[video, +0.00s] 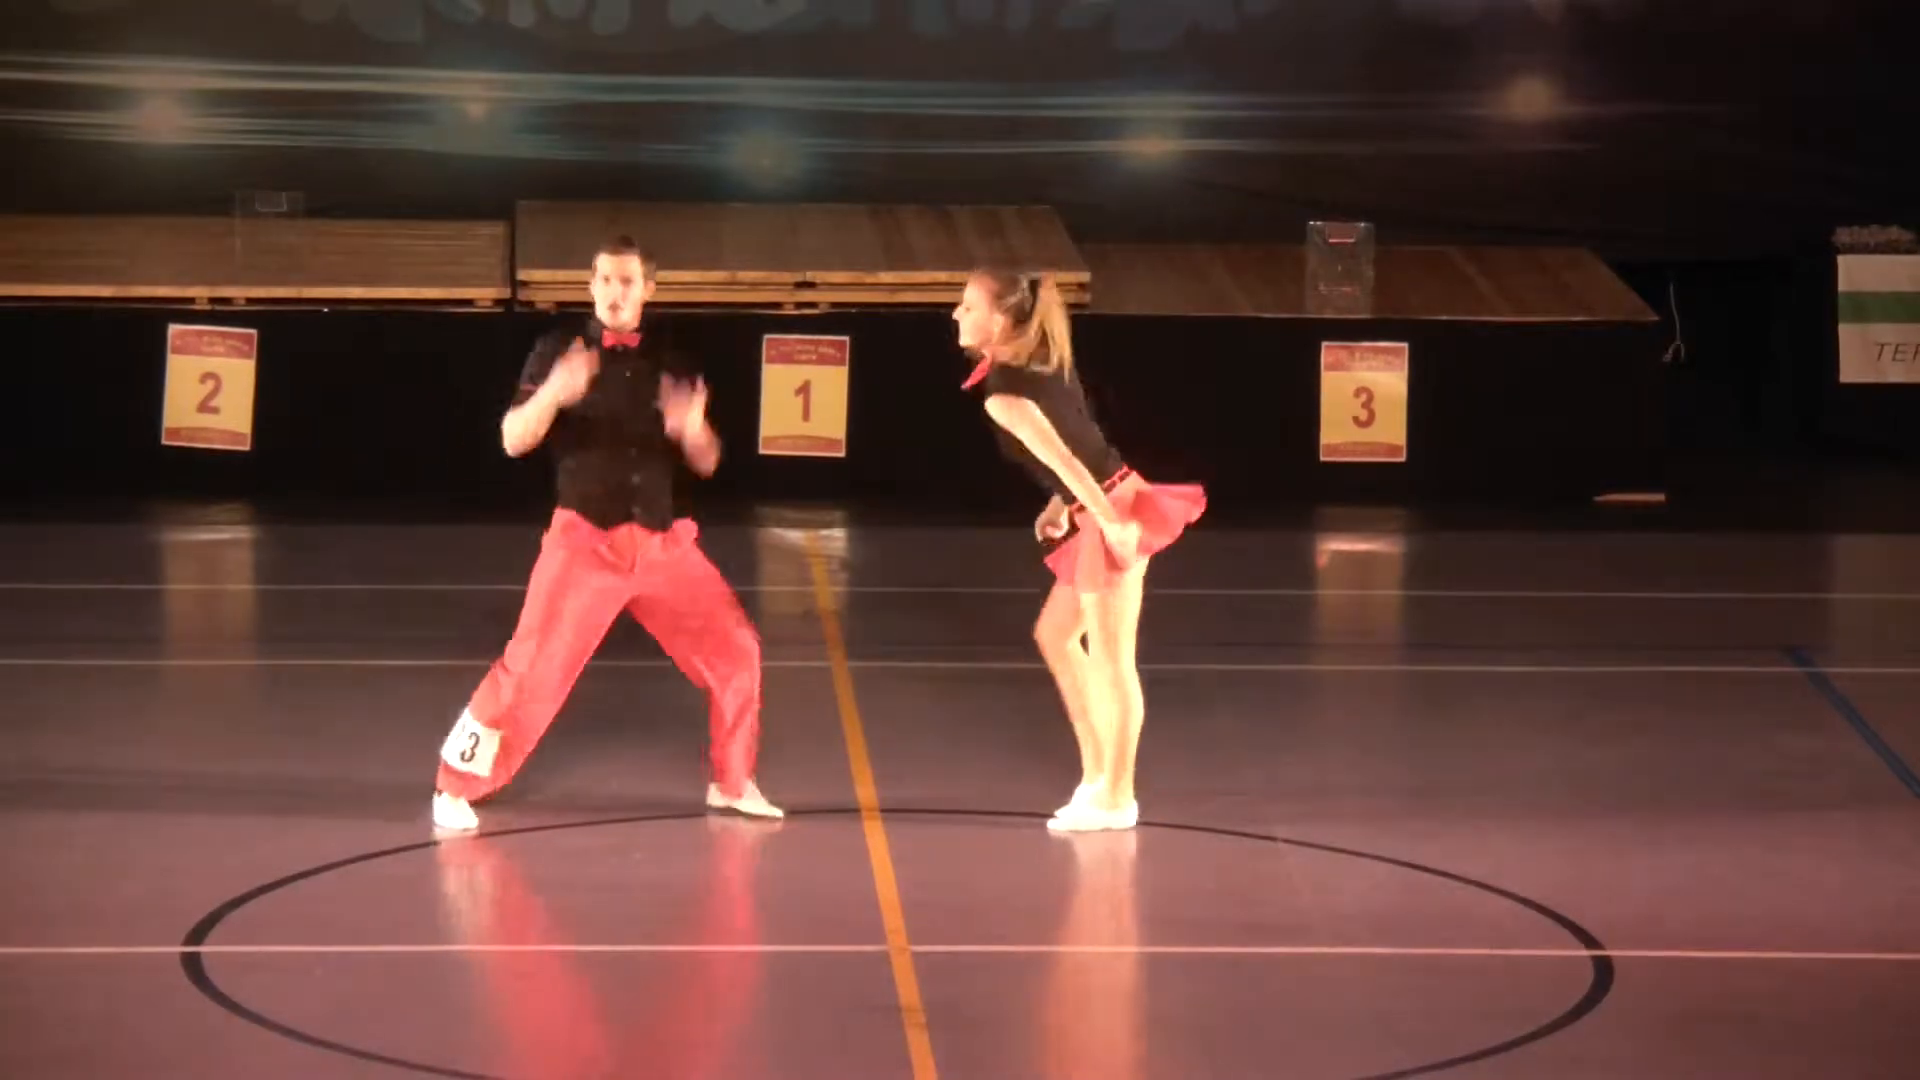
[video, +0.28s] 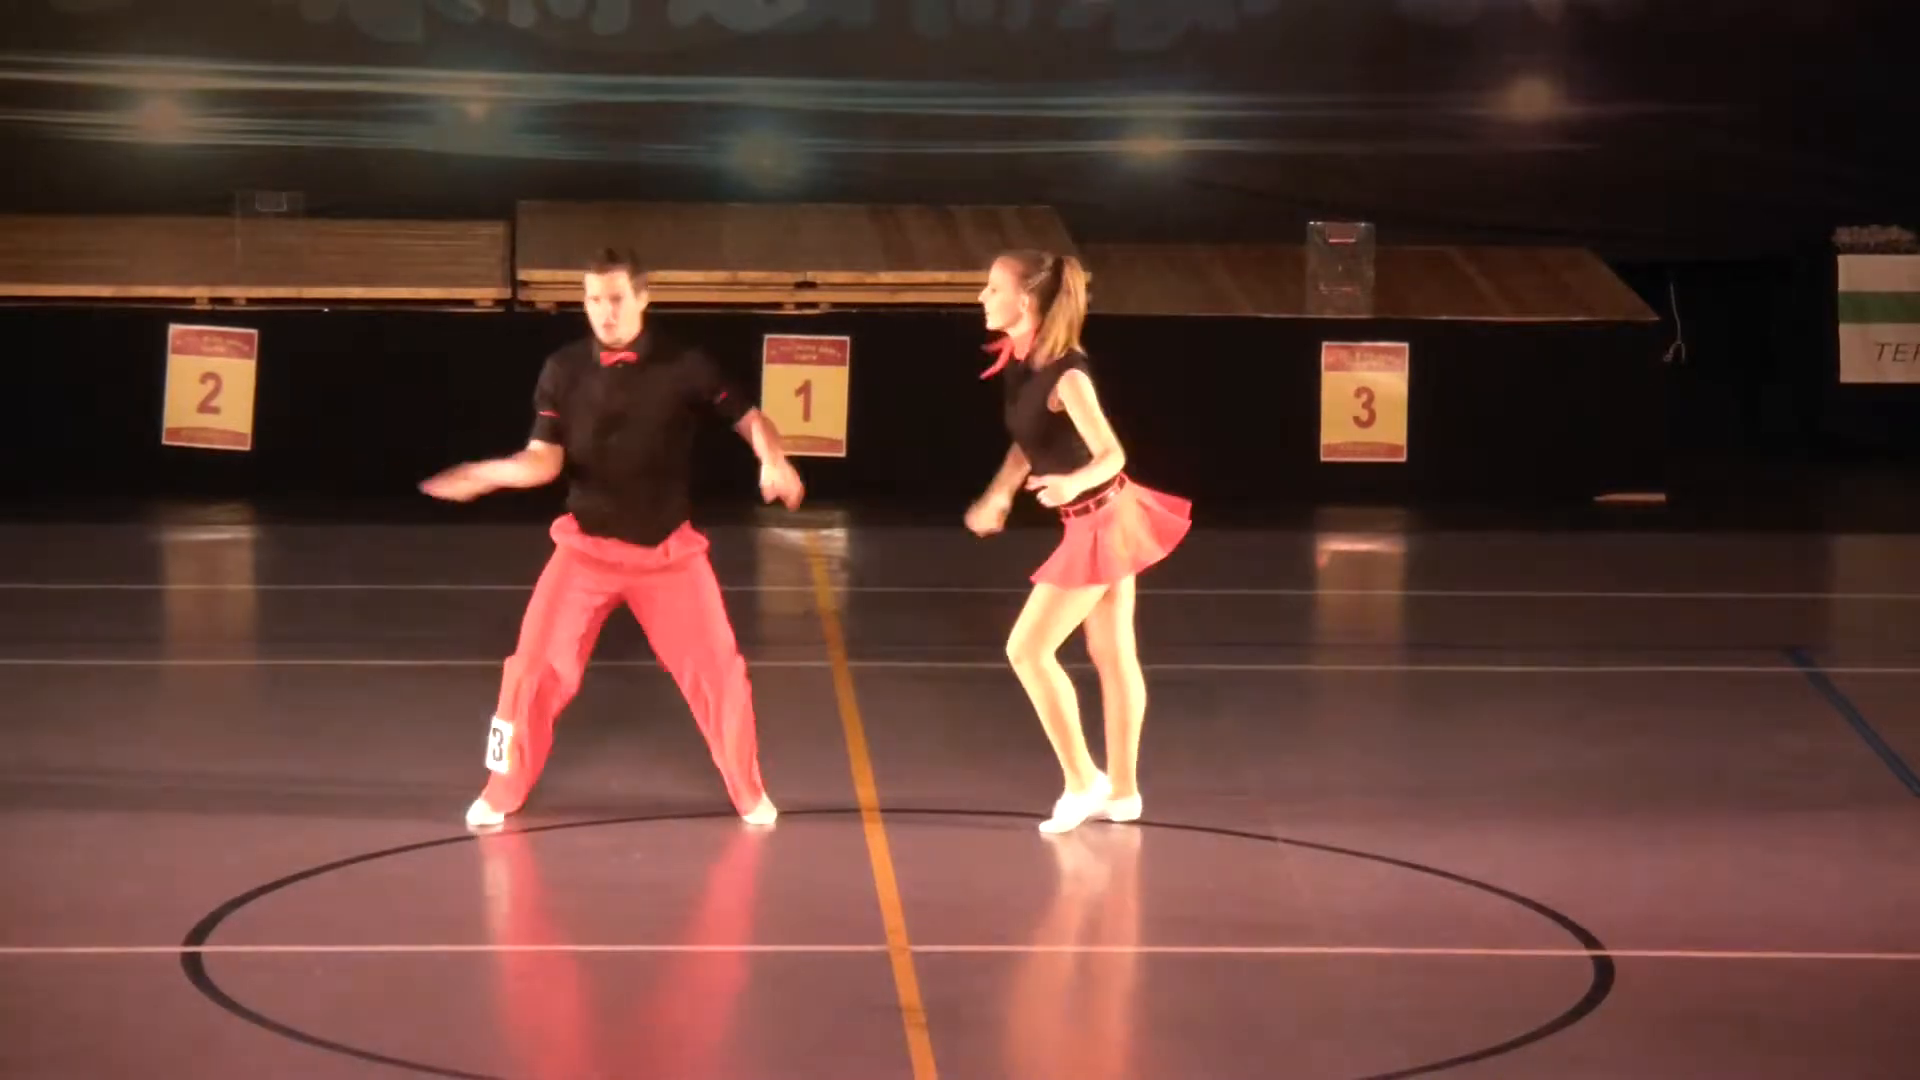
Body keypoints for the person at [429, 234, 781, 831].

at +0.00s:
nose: (616, 292)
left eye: (628, 280)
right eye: (606, 280)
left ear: (647, 287)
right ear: (591, 286)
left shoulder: (672, 362)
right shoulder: (561, 353)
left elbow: (707, 464)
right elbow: (513, 441)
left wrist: (690, 428)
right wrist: (555, 391)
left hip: (665, 544)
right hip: (583, 541)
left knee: (736, 651)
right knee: (533, 665)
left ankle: (733, 784)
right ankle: (454, 789)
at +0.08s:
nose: (608, 277)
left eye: (620, 265)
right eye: (598, 265)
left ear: (641, 273)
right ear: (584, 272)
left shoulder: (673, 341)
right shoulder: (558, 346)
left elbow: (723, 411)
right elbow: (527, 437)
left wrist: (709, 336)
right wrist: (543, 435)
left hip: (662, 526)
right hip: (578, 526)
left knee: (719, 650)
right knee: (529, 651)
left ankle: (746, 782)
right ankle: (469, 788)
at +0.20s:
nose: (599, 295)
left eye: (611, 283)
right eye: (589, 283)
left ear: (635, 288)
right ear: (576, 289)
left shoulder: (673, 352)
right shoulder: (565, 359)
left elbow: (734, 388)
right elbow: (543, 445)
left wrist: (743, 392)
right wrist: (462, 453)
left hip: (660, 544)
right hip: (579, 545)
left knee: (707, 667)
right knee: (532, 666)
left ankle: (750, 789)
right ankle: (502, 792)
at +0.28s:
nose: (606, 312)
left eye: (617, 299)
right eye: (596, 300)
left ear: (643, 298)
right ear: (584, 302)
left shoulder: (684, 364)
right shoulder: (565, 369)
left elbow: (748, 419)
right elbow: (544, 460)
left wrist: (774, 459)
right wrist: (484, 476)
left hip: (670, 554)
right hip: (584, 551)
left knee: (718, 669)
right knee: (535, 665)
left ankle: (748, 789)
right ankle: (504, 788)